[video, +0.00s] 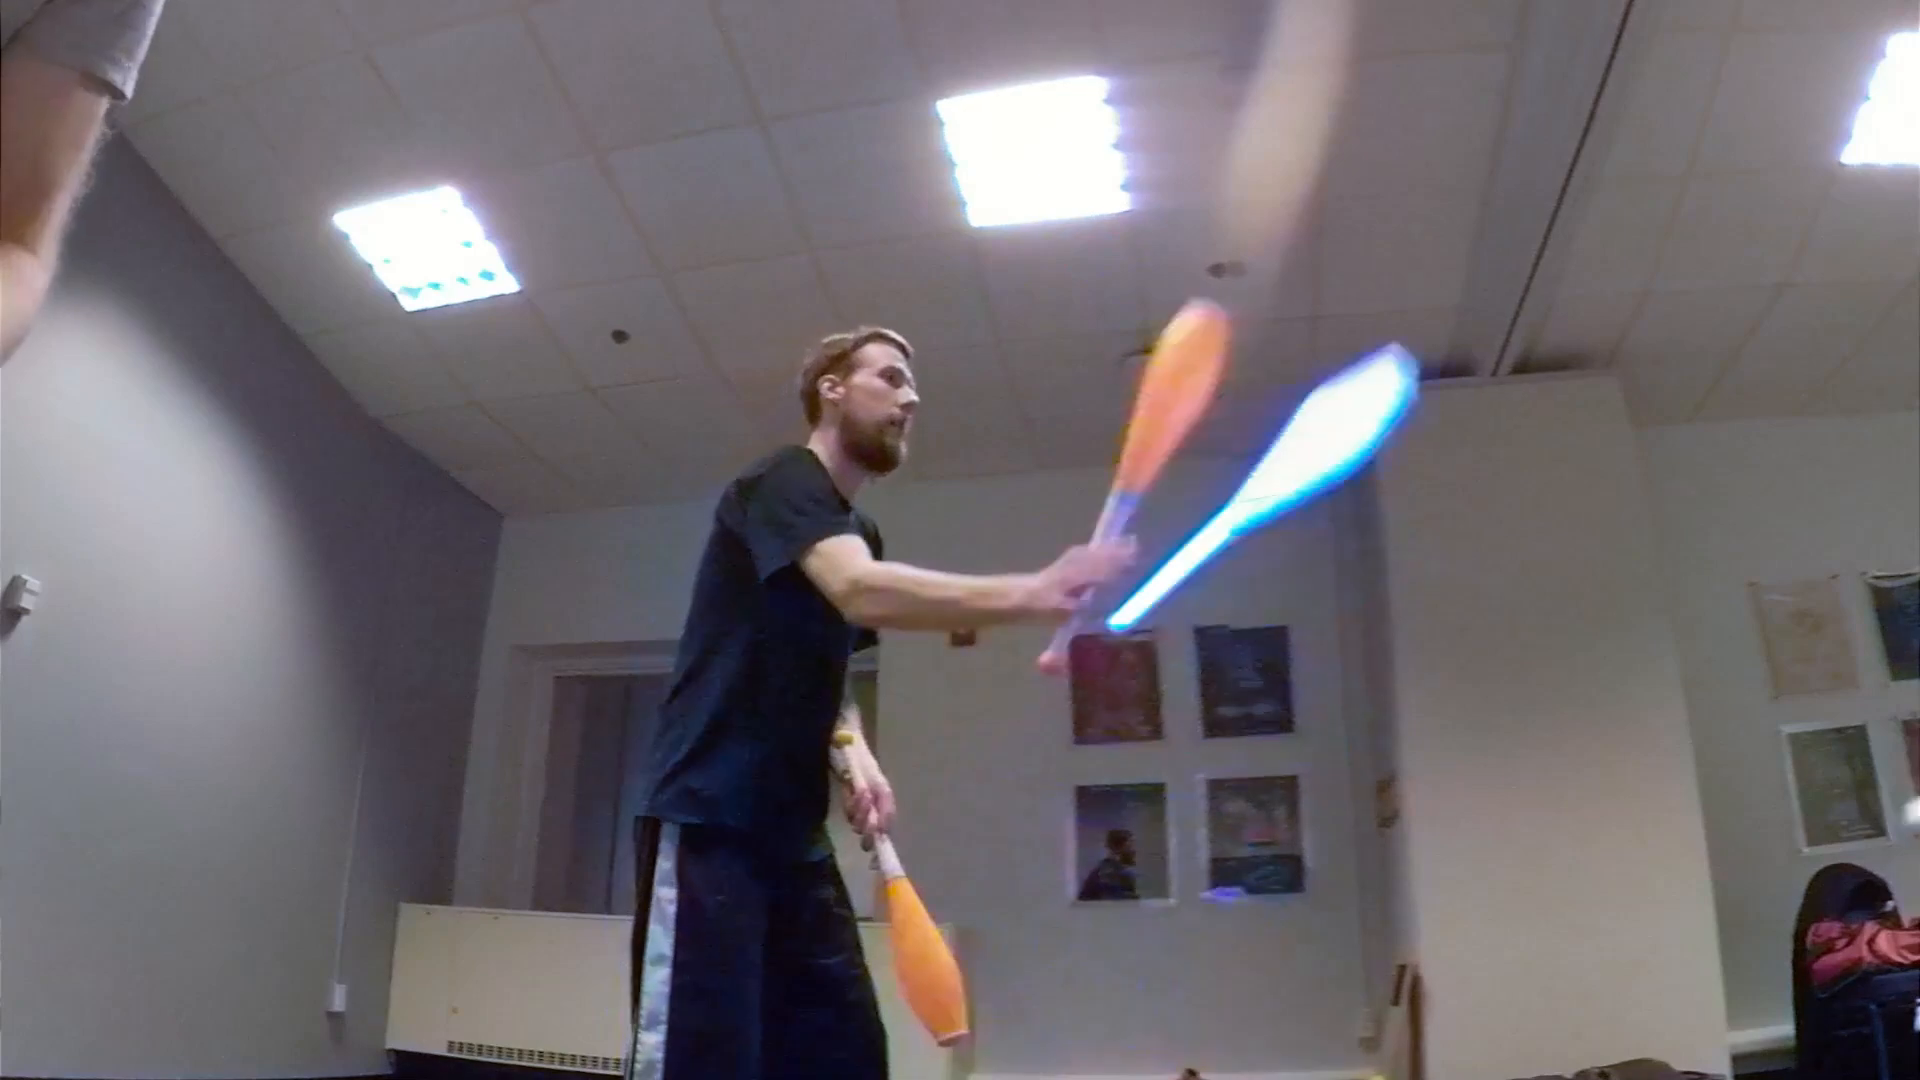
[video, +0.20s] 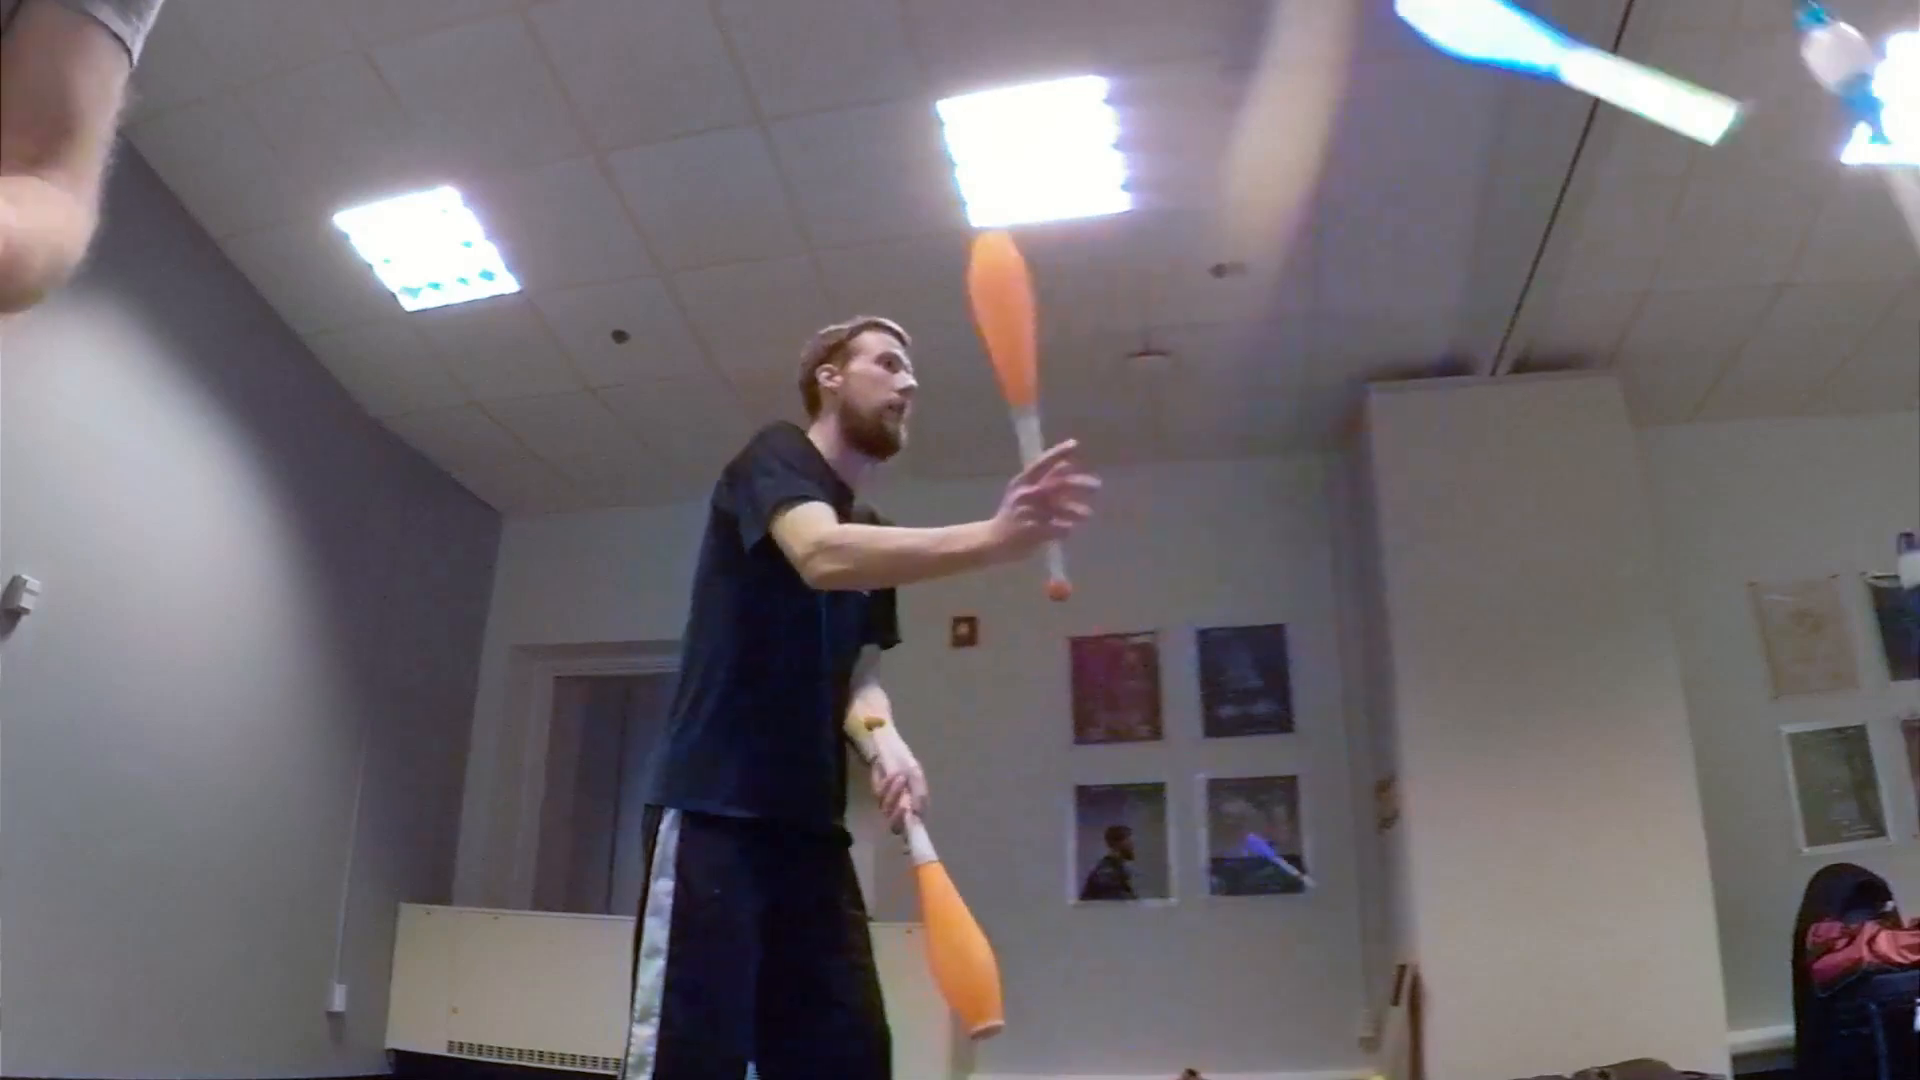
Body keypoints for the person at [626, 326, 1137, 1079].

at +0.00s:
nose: (910, 396)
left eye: (912, 386)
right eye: (889, 377)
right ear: (830, 391)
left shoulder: (848, 536)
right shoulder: (781, 481)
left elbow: (817, 678)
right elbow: (857, 588)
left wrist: (855, 758)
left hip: (788, 829)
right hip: (704, 821)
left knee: (842, 1050)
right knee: (698, 1055)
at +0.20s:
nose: (909, 385)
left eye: (911, 375)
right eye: (888, 363)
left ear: (904, 409)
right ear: (828, 376)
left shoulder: (868, 537)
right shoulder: (776, 453)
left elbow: (855, 679)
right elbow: (820, 555)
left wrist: (883, 740)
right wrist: (995, 535)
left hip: (809, 832)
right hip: (711, 821)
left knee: (843, 1056)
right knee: (691, 1057)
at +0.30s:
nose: (899, 375)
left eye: (900, 366)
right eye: (876, 356)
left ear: (897, 403)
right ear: (817, 374)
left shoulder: (873, 531)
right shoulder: (755, 450)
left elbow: (864, 671)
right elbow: (739, 585)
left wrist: (902, 715)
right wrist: (901, 592)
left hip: (814, 830)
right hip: (709, 818)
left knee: (851, 1052)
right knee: (686, 1055)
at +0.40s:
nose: (889, 367)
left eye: (890, 357)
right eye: (866, 350)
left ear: (885, 388)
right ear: (806, 369)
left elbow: (865, 674)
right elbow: (669, 607)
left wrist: (925, 659)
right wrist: (818, 657)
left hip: (816, 838)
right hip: (703, 827)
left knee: (875, 1049)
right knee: (681, 1058)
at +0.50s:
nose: (885, 367)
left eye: (884, 357)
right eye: (862, 348)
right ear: (802, 365)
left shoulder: (867, 524)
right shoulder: (731, 463)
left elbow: (918, 644)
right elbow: (644, 614)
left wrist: (992, 558)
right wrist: (734, 712)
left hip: (822, 836)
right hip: (709, 825)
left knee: (883, 1046)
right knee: (694, 1056)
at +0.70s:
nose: (895, 381)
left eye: (894, 369)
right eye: (873, 361)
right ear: (813, 377)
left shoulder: (875, 532)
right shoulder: (762, 485)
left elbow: (988, 592)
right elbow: (717, 660)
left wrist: (1079, 472)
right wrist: (770, 827)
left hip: (842, 846)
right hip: (744, 841)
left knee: (918, 1053)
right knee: (711, 1065)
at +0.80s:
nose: (915, 384)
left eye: (913, 371)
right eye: (893, 365)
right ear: (835, 382)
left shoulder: (868, 533)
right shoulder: (809, 483)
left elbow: (977, 624)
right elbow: (792, 664)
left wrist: (1058, 521)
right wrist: (869, 835)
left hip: (846, 850)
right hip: (770, 841)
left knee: (934, 1050)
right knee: (742, 1064)